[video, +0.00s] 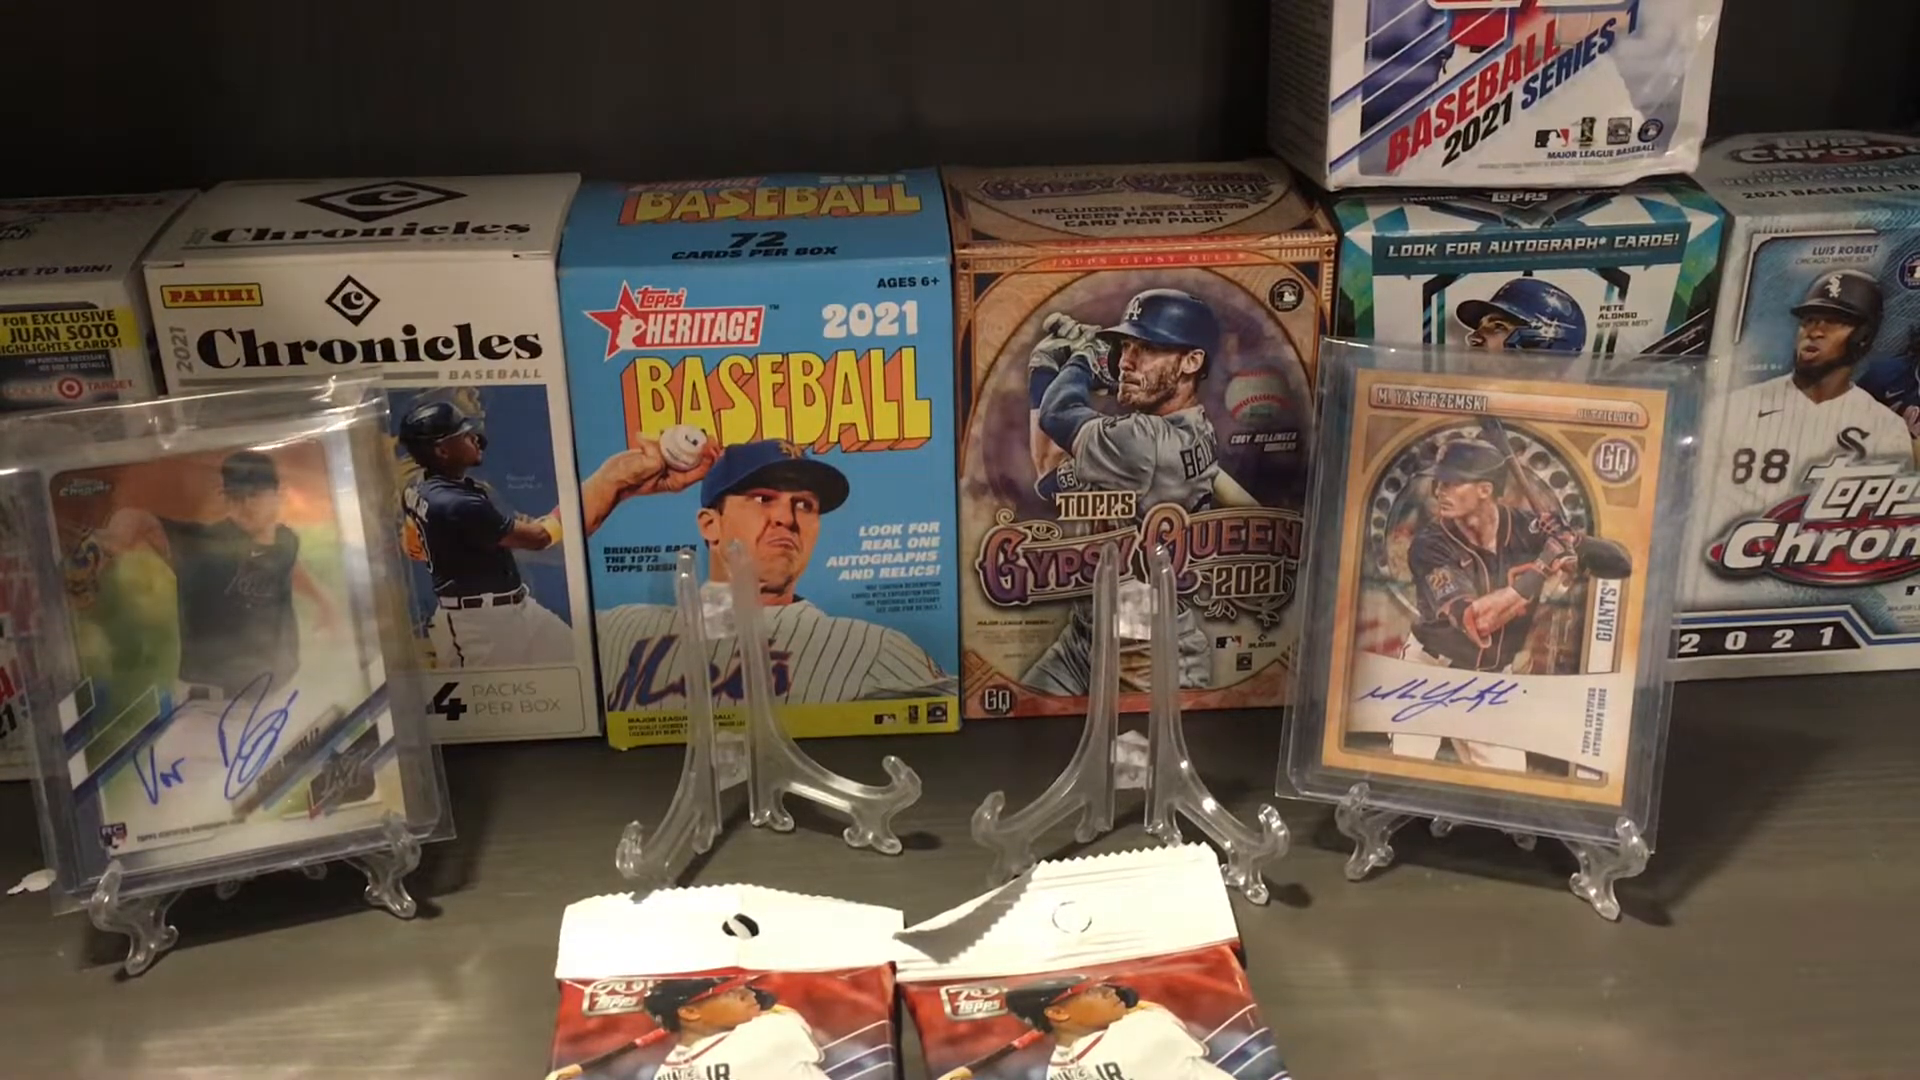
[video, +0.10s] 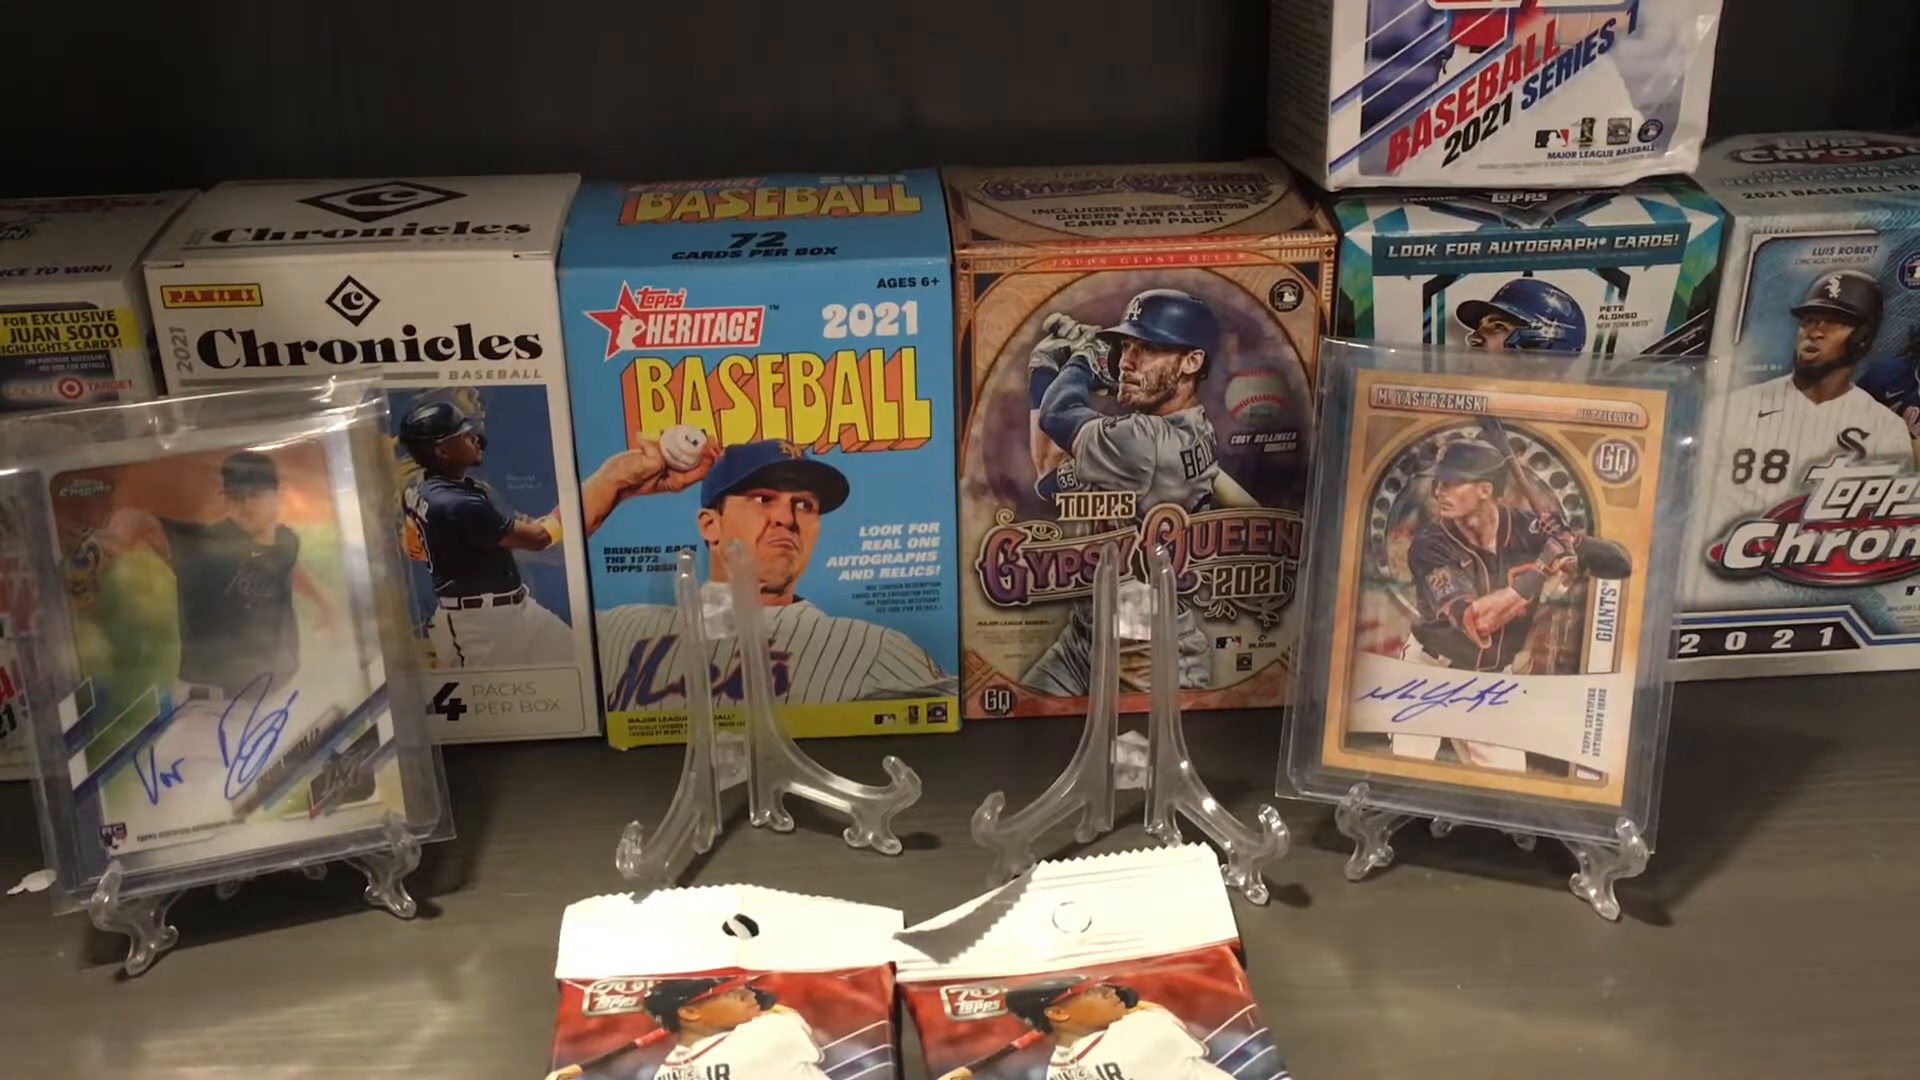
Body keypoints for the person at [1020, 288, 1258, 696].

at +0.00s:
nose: (1127, 362)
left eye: (1147, 350)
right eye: (1126, 347)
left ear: (1190, 363)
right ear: (1121, 348)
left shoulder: (1139, 441)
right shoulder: (1190, 431)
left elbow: (1059, 409)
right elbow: (1048, 475)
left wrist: (1087, 360)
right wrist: (1042, 373)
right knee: (1011, 736)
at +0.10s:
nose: (1127, 362)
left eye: (1147, 350)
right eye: (1126, 347)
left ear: (1190, 364)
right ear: (1121, 348)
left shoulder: (1139, 441)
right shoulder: (1189, 431)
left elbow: (1060, 409)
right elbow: (1048, 476)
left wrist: (1087, 361)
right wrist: (1041, 374)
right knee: (1010, 736)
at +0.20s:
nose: (1127, 362)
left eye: (1147, 350)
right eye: (1126, 347)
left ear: (1190, 363)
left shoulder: (1139, 441)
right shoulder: (1190, 431)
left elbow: (1059, 409)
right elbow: (1048, 476)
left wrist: (1087, 361)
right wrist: (1041, 374)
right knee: (1008, 738)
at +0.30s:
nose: (1127, 362)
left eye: (1147, 350)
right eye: (1126, 347)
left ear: (1190, 363)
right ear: (1121, 348)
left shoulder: (1138, 441)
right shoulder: (1190, 430)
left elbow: (1059, 409)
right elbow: (1048, 475)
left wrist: (1086, 360)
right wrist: (1041, 374)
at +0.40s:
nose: (1127, 362)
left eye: (1147, 350)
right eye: (1126, 347)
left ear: (1190, 363)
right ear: (1121, 348)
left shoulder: (1139, 441)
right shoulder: (1190, 430)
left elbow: (1059, 409)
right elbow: (1048, 475)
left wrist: (1087, 360)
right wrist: (1042, 373)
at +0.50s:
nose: (1128, 361)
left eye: (1148, 349)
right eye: (1127, 347)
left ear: (1190, 363)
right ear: (1121, 348)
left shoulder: (1138, 440)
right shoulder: (1190, 430)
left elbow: (1059, 409)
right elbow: (1048, 476)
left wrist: (1087, 360)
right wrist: (1041, 373)